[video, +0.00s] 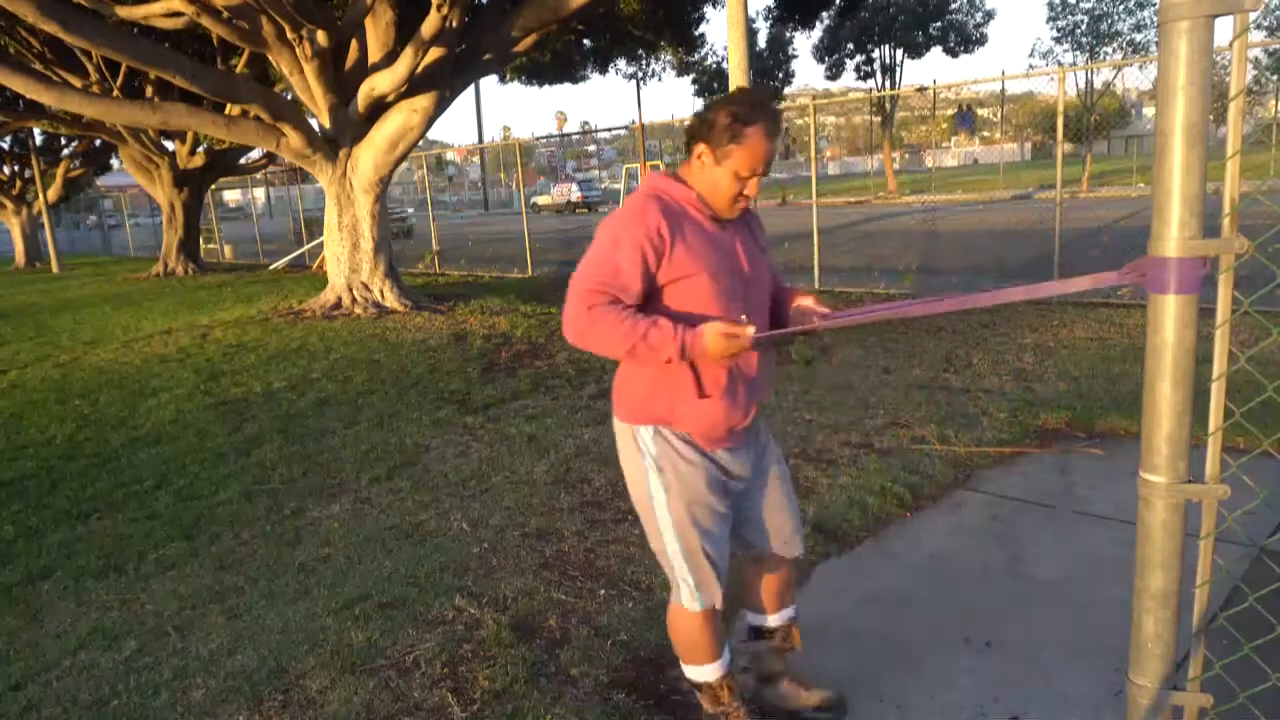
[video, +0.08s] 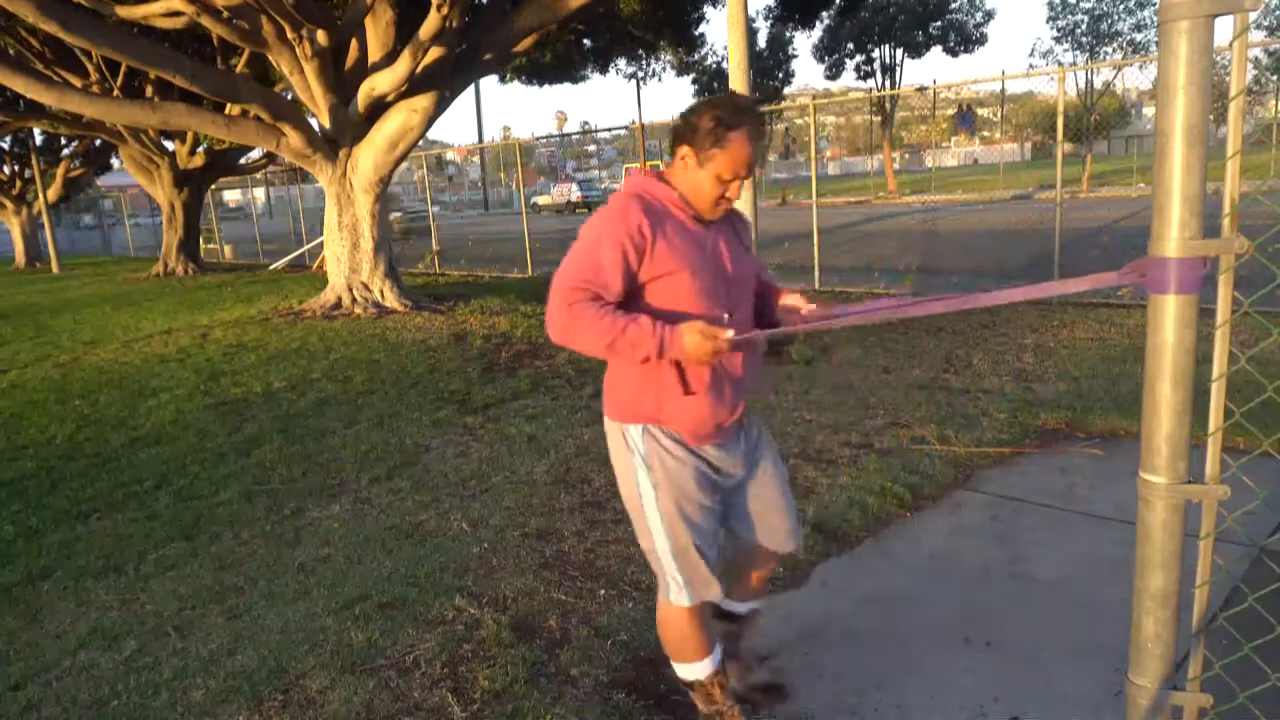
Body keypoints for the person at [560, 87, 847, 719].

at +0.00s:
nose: (752, 192)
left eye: (760, 178)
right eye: (743, 177)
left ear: (761, 166)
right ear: (700, 155)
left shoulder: (741, 220)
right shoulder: (644, 218)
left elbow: (756, 296)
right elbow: (583, 315)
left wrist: (789, 307)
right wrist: (689, 341)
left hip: (741, 424)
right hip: (667, 435)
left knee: (778, 549)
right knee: (696, 580)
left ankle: (767, 673)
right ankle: (717, 701)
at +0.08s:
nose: (735, 193)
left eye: (743, 180)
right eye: (726, 179)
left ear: (746, 166)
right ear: (683, 157)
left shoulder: (729, 224)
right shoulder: (628, 217)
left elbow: (747, 290)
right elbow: (566, 315)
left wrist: (776, 302)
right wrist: (670, 339)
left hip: (731, 421)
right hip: (655, 431)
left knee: (766, 541)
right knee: (686, 579)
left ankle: (723, 655)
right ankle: (711, 700)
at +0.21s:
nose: (710, 192)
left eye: (716, 178)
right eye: (699, 176)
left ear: (721, 169)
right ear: (656, 159)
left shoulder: (713, 217)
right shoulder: (607, 218)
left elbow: (739, 290)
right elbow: (558, 317)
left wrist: (771, 292)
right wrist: (660, 324)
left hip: (717, 421)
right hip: (645, 428)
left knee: (726, 553)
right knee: (677, 577)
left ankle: (641, 645)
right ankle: (709, 700)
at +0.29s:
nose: (698, 187)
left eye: (705, 174)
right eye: (687, 174)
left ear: (712, 166)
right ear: (643, 161)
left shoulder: (710, 221)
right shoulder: (598, 227)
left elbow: (744, 282)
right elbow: (565, 324)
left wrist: (779, 289)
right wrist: (669, 328)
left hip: (704, 423)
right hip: (636, 427)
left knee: (667, 539)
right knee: (681, 565)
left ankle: (628, 653)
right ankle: (709, 700)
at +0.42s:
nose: (697, 179)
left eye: (703, 164)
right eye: (684, 165)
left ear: (708, 156)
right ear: (641, 155)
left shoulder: (711, 218)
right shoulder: (596, 230)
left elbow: (749, 269)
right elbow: (598, 326)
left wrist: (792, 284)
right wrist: (702, 324)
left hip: (699, 414)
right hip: (631, 419)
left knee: (673, 536)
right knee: (691, 561)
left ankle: (631, 652)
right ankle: (715, 698)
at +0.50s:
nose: (697, 181)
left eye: (703, 166)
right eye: (684, 167)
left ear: (708, 162)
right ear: (639, 159)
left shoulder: (712, 216)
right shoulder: (603, 228)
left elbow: (760, 262)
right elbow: (626, 314)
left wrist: (810, 275)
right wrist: (740, 310)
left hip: (703, 420)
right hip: (637, 424)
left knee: (696, 543)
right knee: (689, 568)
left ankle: (638, 647)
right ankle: (717, 699)